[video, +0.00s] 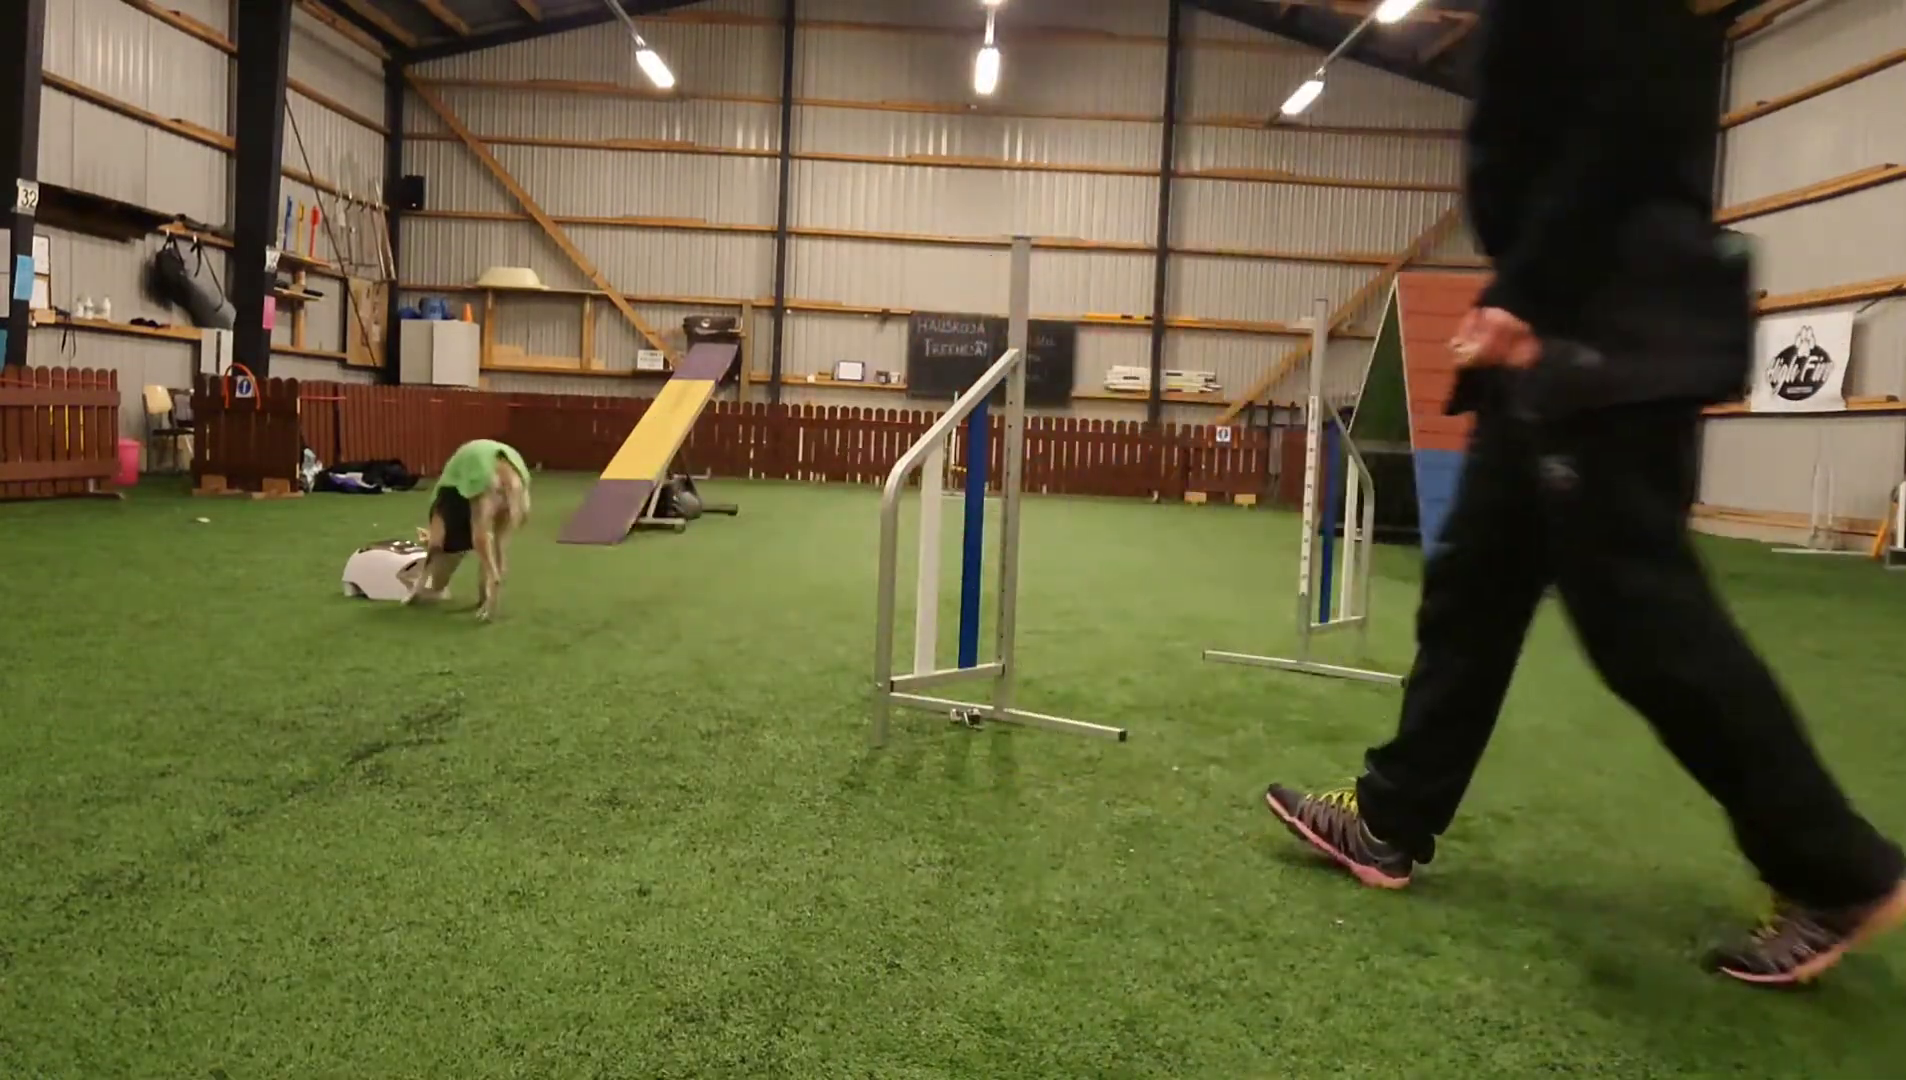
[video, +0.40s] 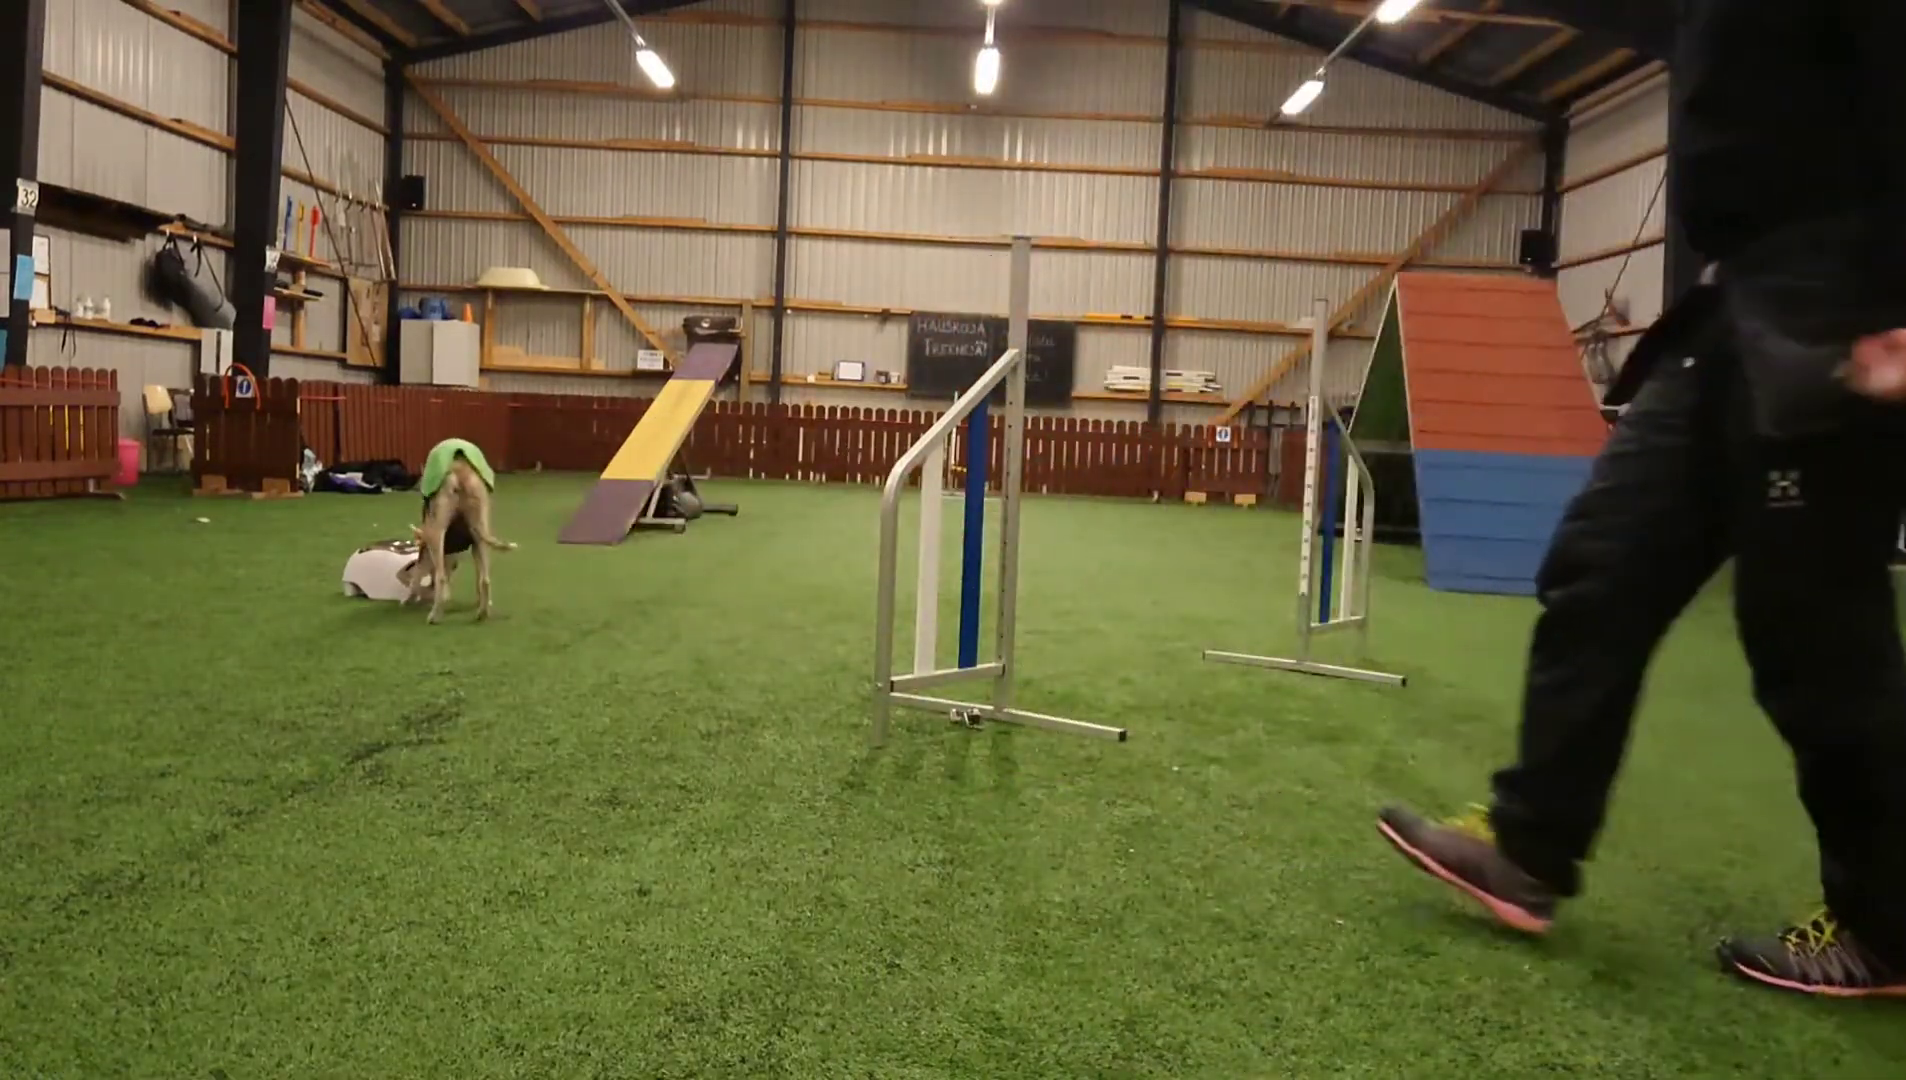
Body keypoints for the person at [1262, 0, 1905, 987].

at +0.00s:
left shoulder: (1605, 17)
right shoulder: (1536, 24)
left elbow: (1620, 122)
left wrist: (1526, 293)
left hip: (1612, 335)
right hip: (1553, 335)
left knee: (1647, 624)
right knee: (1472, 590)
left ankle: (1841, 873)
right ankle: (1390, 825)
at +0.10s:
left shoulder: (1673, 13)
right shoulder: (1605, 19)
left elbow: (1691, 132)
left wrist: (1600, 304)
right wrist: (1580, 296)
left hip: (1688, 335)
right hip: (1621, 333)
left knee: (1724, 636)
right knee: (1514, 593)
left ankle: (1875, 909)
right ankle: (1399, 821)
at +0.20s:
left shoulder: (1752, 16)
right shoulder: (1661, 24)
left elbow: (1780, 131)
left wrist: (1701, 304)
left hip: (1765, 338)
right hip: (1679, 332)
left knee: (1773, 650)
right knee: (1551, 595)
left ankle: (1878, 926)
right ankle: (1417, 822)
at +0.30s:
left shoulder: (1836, 29)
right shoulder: (1695, 26)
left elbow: (1857, 98)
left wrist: (1819, 297)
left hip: (1813, 317)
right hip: (1719, 305)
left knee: (1791, 644)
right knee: (1571, 580)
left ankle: (1881, 927)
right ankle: (1469, 837)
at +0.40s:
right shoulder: (1709, 22)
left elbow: (1884, 107)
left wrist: (1892, 304)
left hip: (1847, 318)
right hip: (1735, 308)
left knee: (1823, 650)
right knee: (1598, 580)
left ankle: (1884, 933)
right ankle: (1530, 854)